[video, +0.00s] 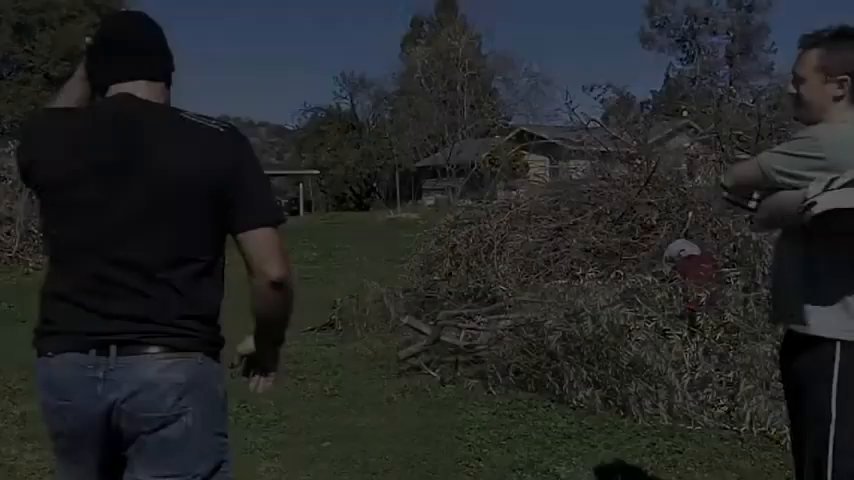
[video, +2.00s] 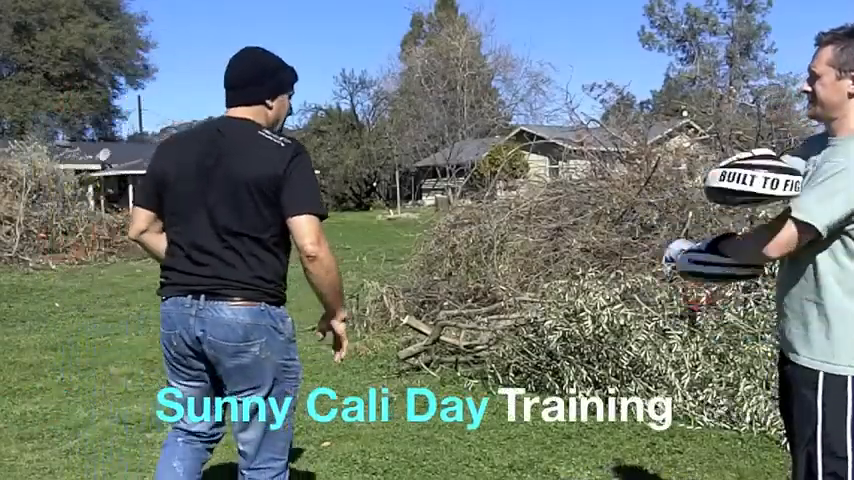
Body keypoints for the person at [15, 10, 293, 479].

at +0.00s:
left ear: (94, 77)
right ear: (169, 75)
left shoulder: (54, 141)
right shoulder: (220, 146)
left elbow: (43, 132)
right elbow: (273, 275)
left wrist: (90, 66)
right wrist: (266, 347)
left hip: (65, 375)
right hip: (175, 376)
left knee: (80, 472)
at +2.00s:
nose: (289, 105)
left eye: (289, 95)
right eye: (288, 95)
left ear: (232, 93)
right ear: (270, 96)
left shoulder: (175, 146)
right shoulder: (285, 152)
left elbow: (141, 227)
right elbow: (311, 247)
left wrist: (192, 260)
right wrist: (334, 310)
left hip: (178, 314)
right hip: (247, 319)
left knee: (189, 431)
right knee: (263, 457)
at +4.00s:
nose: (301, 109)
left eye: (303, 100)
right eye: (289, 102)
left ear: (306, 102)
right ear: (261, 109)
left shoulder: (319, 156)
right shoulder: (226, 160)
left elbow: (335, 214)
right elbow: (212, 235)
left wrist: (343, 222)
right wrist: (277, 204)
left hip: (322, 307)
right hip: (257, 311)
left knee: (358, 398)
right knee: (257, 430)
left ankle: (330, 476)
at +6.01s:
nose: (380, 162)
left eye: (382, 151)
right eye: (368, 153)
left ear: (386, 152)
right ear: (342, 158)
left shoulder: (401, 189)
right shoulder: (310, 194)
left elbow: (445, 247)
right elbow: (271, 258)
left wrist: (408, 211)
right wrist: (309, 240)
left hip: (401, 321)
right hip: (333, 323)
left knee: (448, 408)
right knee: (296, 408)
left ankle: (472, 476)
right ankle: (261, 476)